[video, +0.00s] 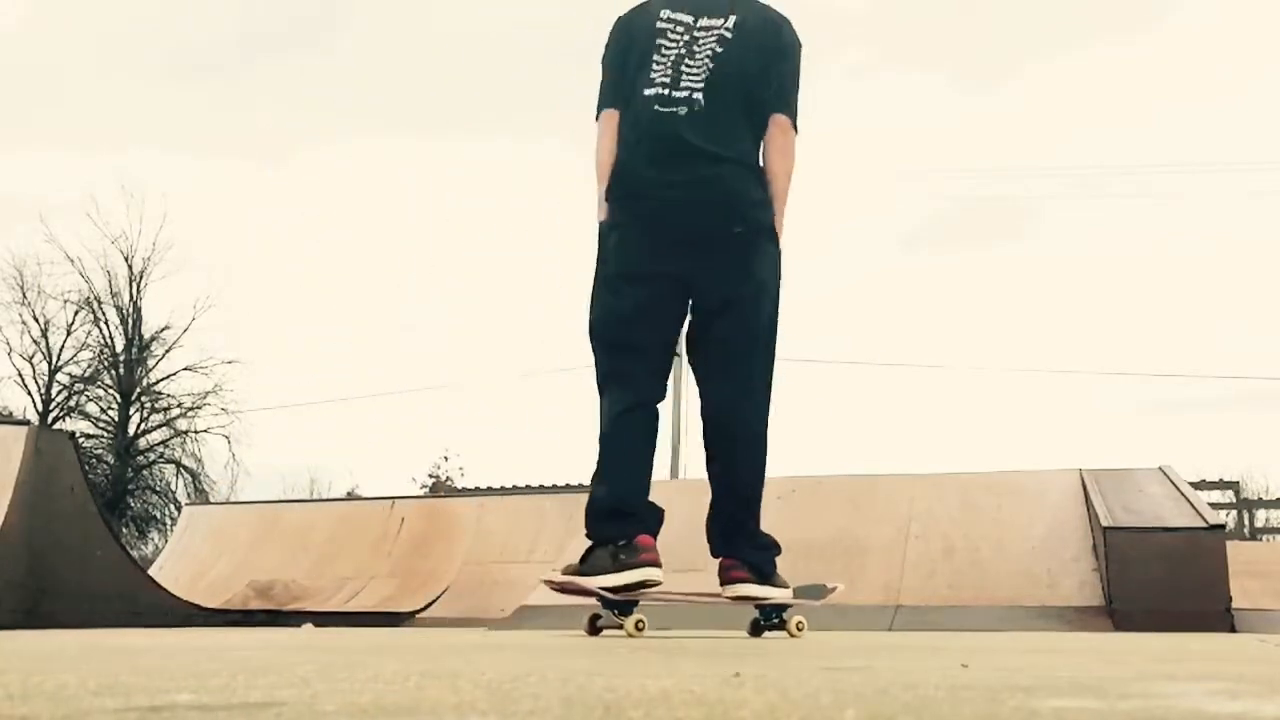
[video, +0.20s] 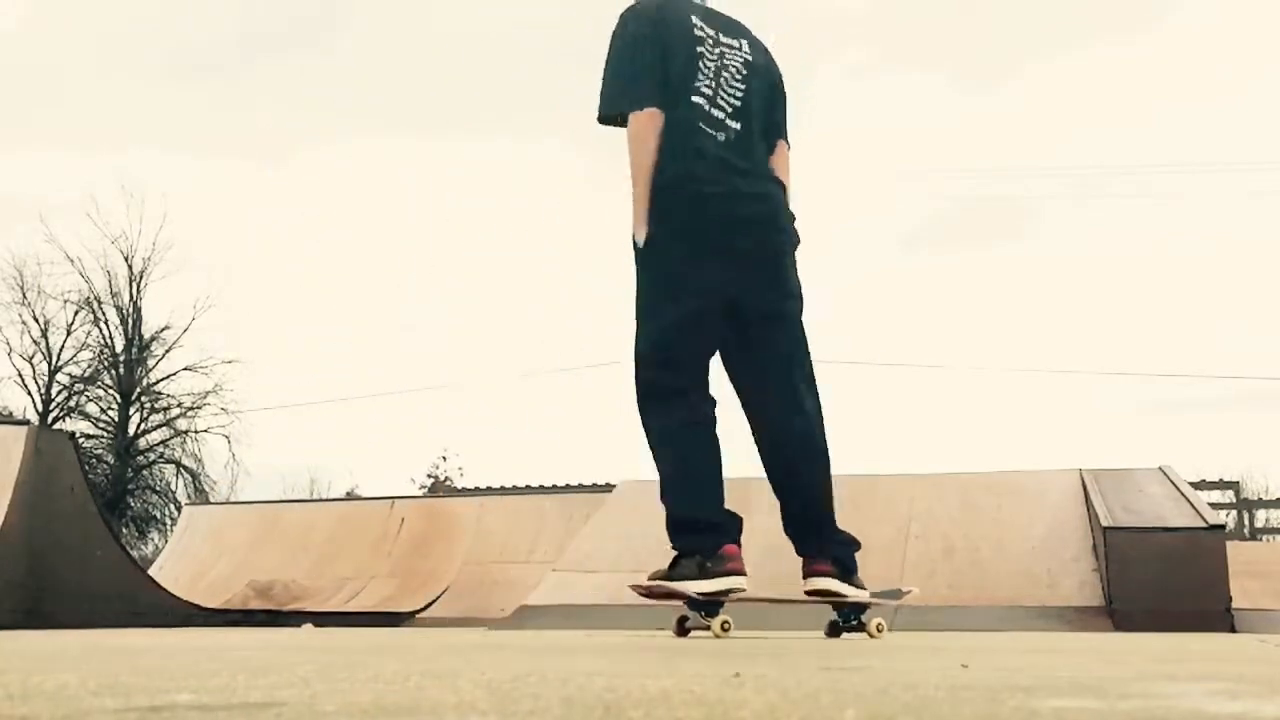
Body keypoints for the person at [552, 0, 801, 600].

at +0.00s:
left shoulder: (634, 19)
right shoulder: (772, 25)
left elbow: (610, 124)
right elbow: (779, 131)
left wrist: (607, 216)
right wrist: (772, 226)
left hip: (640, 222)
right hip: (736, 224)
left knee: (628, 389)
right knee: (737, 398)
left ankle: (624, 536)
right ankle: (742, 554)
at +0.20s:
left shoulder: (648, 16)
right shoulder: (756, 49)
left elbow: (646, 118)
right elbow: (777, 150)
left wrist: (641, 227)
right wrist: (776, 220)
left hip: (685, 229)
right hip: (763, 230)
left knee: (672, 387)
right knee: (784, 390)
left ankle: (707, 544)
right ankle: (823, 553)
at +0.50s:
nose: (624, 71)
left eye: (619, 60)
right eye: (619, 64)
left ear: (627, 34)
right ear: (665, 19)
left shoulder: (660, 48)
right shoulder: (733, 70)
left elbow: (678, 142)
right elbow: (760, 174)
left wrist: (679, 244)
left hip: (716, 251)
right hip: (756, 247)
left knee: (719, 406)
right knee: (723, 404)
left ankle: (787, 556)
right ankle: (747, 556)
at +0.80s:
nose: (604, 109)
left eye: (597, 96)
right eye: (596, 103)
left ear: (613, 70)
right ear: (618, 71)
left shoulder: (659, 76)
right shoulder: (669, 99)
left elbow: (677, 162)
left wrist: (670, 253)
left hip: (696, 283)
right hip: (678, 290)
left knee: (698, 417)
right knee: (655, 423)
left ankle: (761, 563)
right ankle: (679, 563)